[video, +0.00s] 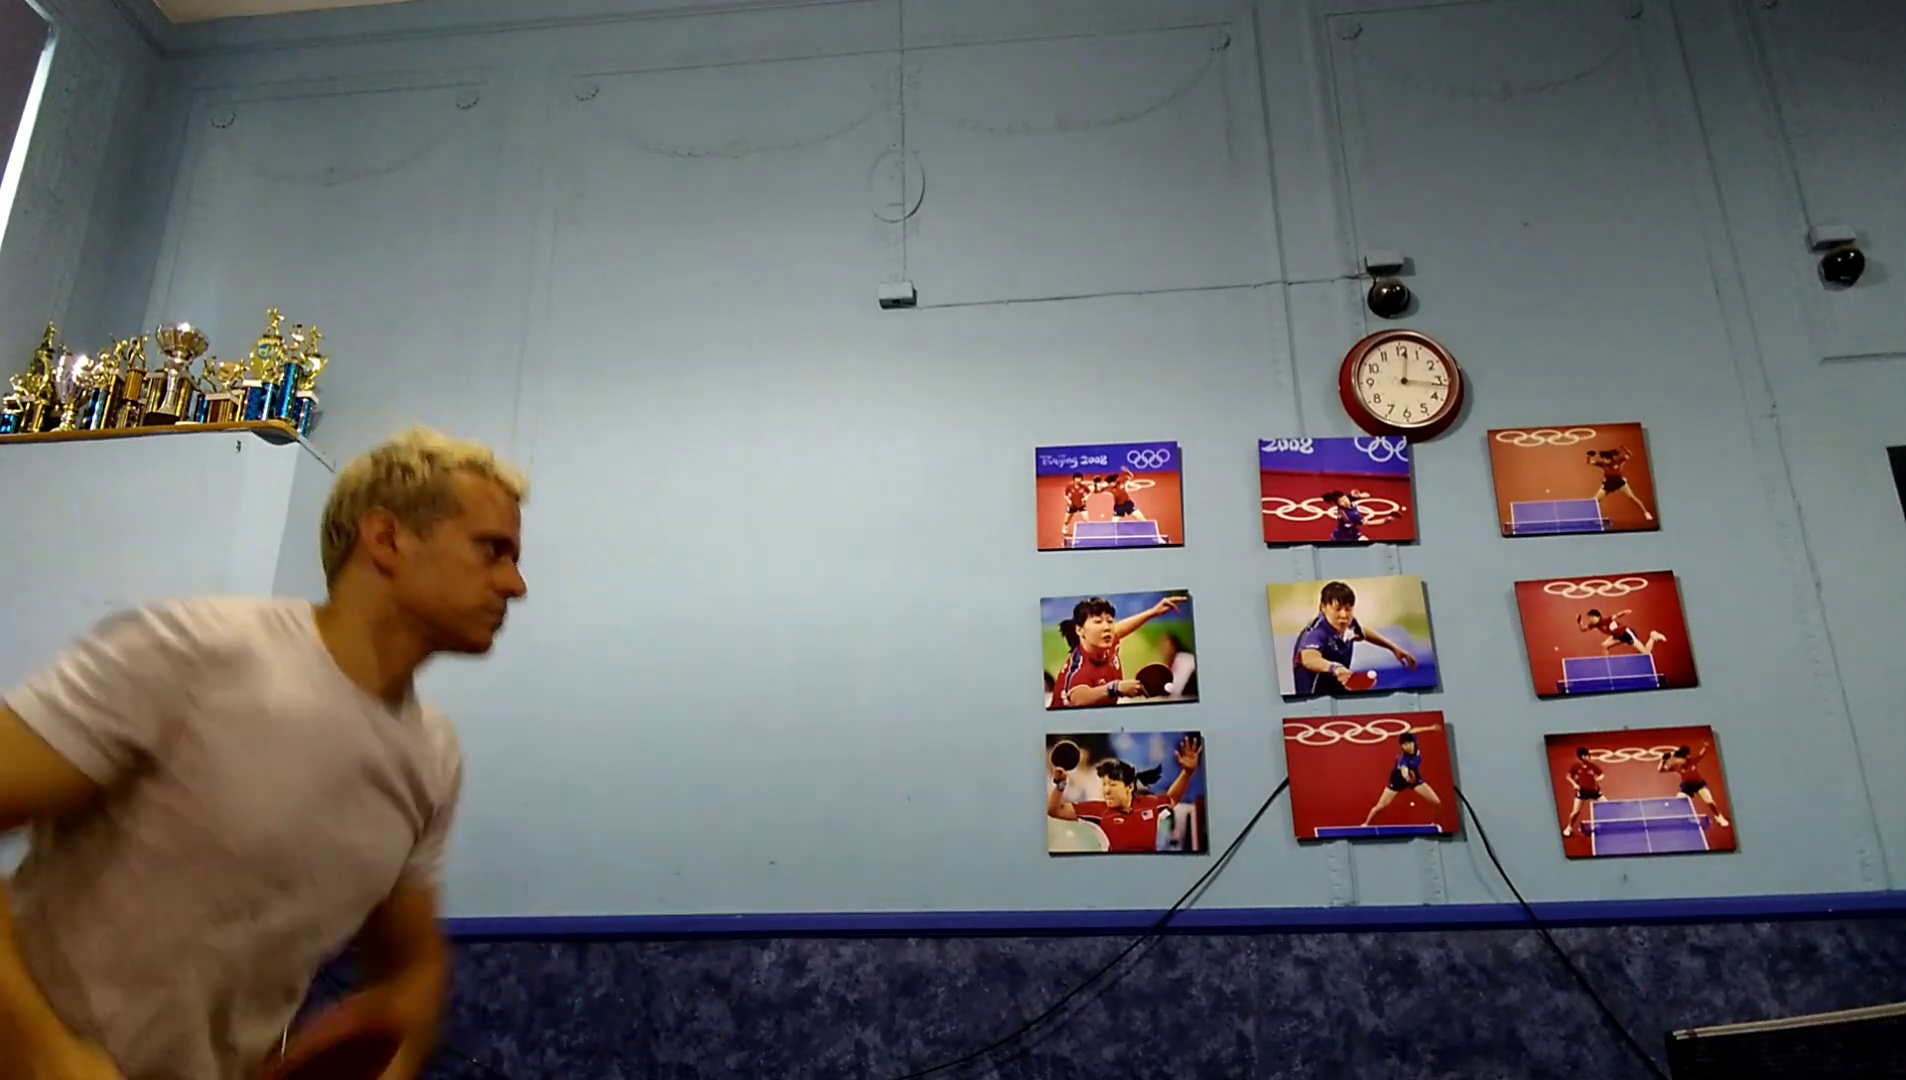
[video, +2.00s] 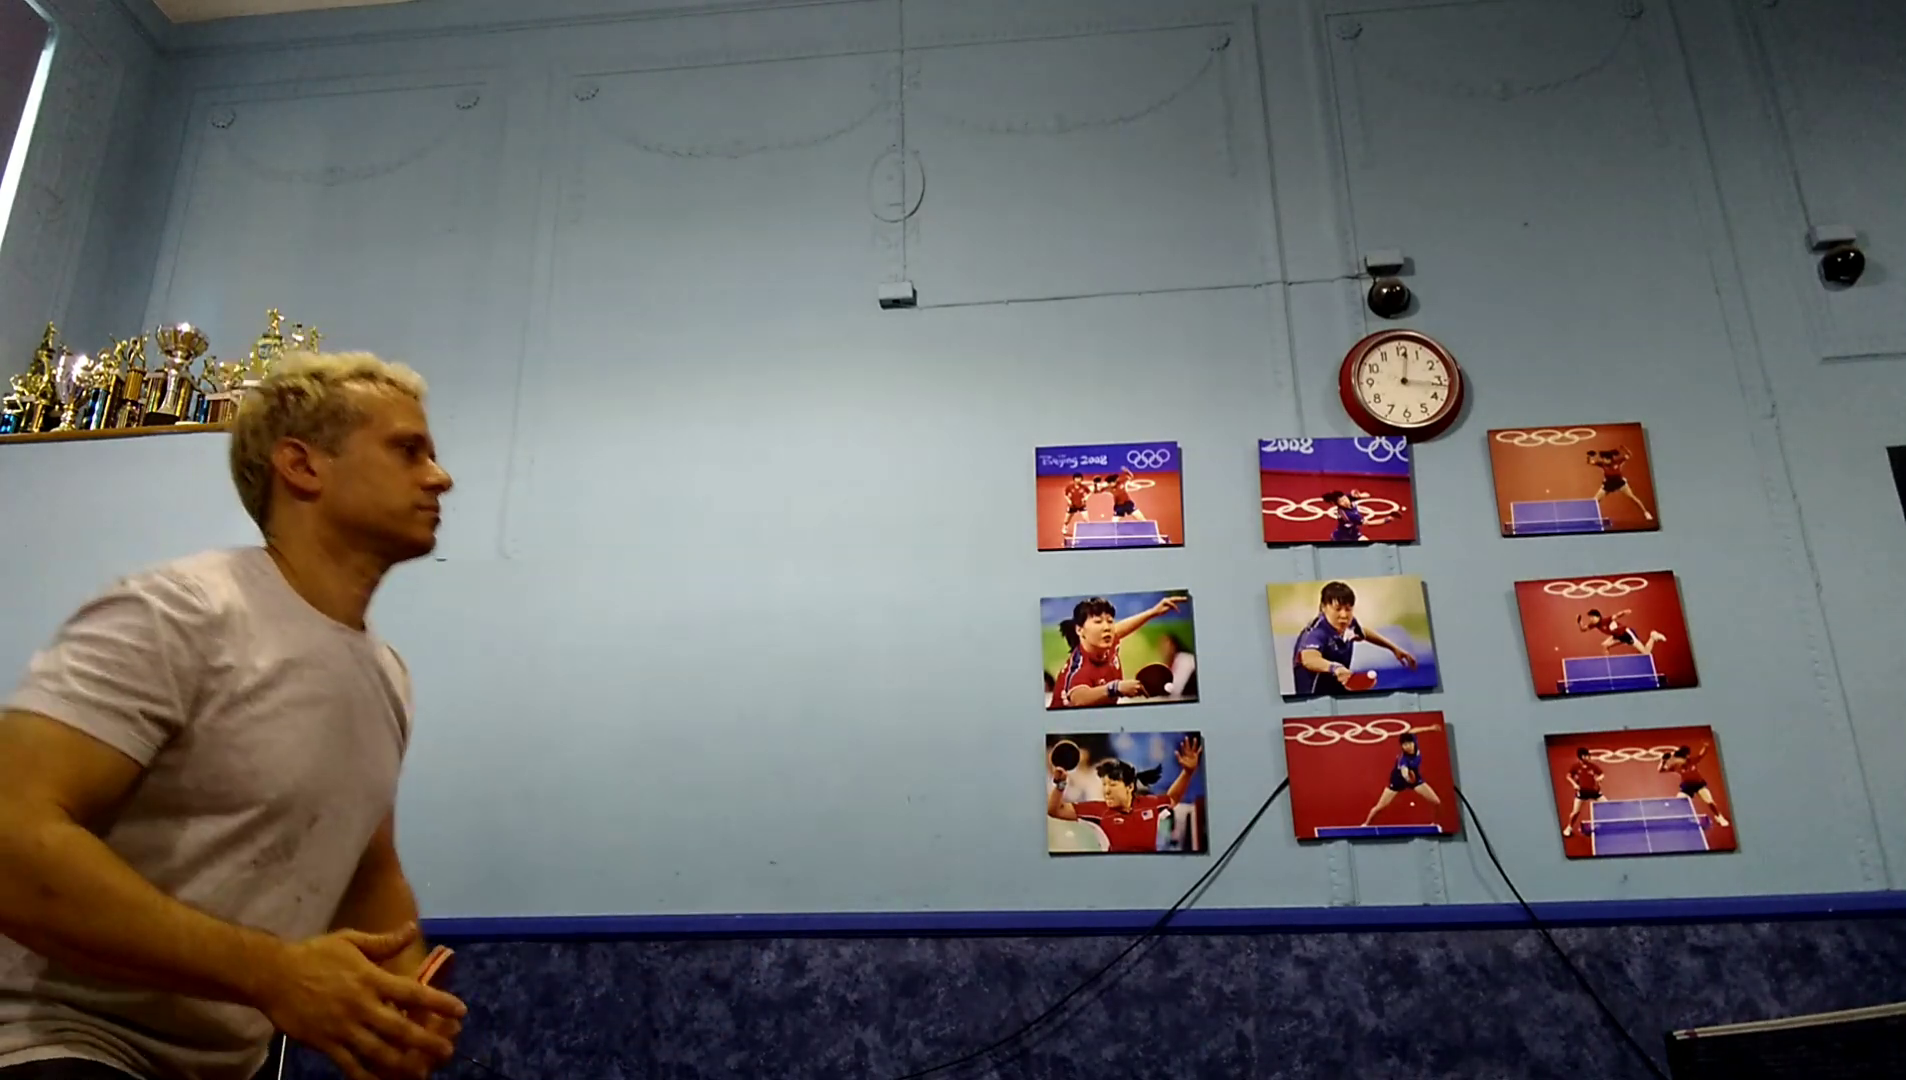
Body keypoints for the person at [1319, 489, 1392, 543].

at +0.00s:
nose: (1344, 502)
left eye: (1344, 499)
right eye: (1341, 502)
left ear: (1346, 497)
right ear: (1338, 505)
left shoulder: (1349, 498)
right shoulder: (1350, 515)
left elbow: (1368, 496)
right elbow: (1367, 523)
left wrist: (1360, 495)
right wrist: (1384, 520)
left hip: (1355, 535)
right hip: (1341, 538)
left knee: (1369, 547)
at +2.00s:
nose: (1344, 502)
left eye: (1344, 499)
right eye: (1341, 502)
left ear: (1346, 497)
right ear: (1338, 505)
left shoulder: (1350, 499)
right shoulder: (1349, 515)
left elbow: (1367, 496)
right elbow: (1367, 523)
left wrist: (1360, 495)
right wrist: (1385, 520)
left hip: (1355, 536)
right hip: (1342, 538)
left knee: (1370, 547)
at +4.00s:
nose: (1344, 502)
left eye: (1344, 499)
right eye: (1341, 502)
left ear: (1346, 497)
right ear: (1339, 505)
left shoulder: (1348, 498)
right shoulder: (1350, 515)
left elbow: (1367, 496)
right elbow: (1367, 523)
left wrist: (1360, 495)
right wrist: (1385, 520)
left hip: (1356, 536)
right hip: (1341, 538)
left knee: (1371, 547)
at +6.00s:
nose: (1344, 502)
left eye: (1344, 499)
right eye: (1341, 502)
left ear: (1346, 497)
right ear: (1339, 505)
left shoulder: (1349, 498)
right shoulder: (1350, 515)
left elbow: (1367, 496)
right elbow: (1367, 523)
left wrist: (1360, 495)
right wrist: (1385, 520)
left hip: (1356, 536)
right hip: (1341, 538)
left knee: (1371, 548)